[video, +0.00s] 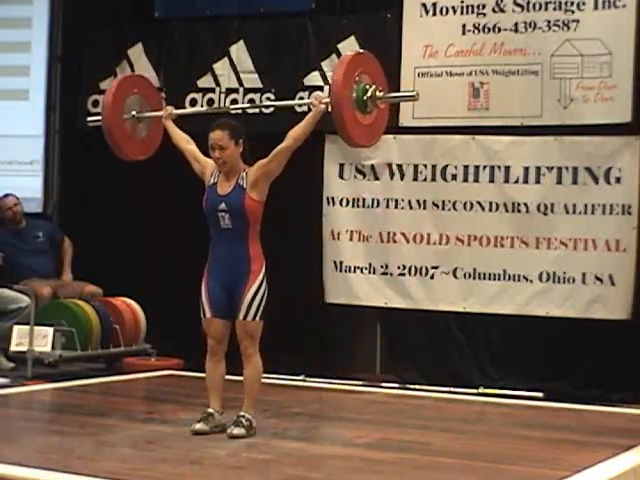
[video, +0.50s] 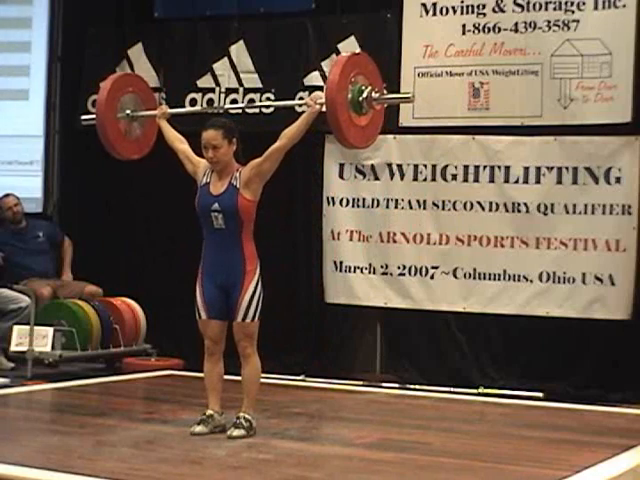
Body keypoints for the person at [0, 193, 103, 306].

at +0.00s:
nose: (14, 211)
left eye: (16, 205)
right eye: (8, 209)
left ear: (21, 205)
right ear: (2, 215)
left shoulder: (41, 225)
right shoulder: (4, 234)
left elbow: (66, 242)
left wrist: (67, 273)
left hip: (54, 279)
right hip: (25, 281)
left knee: (95, 292)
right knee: (45, 293)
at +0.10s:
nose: (14, 211)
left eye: (16, 205)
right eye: (8, 209)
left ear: (21, 206)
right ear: (2, 215)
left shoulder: (41, 225)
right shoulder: (4, 234)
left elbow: (66, 242)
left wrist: (67, 273)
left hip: (54, 279)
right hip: (25, 281)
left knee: (95, 292)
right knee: (45, 293)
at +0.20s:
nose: (14, 210)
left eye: (16, 205)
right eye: (8, 209)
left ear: (21, 206)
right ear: (3, 215)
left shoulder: (41, 226)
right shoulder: (4, 235)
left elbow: (66, 242)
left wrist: (67, 273)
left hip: (54, 279)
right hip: (26, 280)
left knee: (94, 292)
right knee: (45, 293)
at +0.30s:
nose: (14, 210)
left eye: (16, 205)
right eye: (8, 209)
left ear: (21, 206)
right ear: (3, 215)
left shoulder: (41, 226)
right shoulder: (4, 235)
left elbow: (66, 242)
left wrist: (67, 273)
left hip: (54, 279)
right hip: (26, 280)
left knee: (94, 292)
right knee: (45, 293)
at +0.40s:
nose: (14, 210)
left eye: (16, 205)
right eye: (8, 209)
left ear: (21, 206)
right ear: (2, 215)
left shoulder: (41, 226)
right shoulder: (4, 235)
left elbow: (66, 242)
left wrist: (67, 273)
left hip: (54, 279)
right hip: (26, 280)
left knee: (94, 292)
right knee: (45, 293)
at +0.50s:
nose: (15, 211)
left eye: (16, 205)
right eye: (9, 209)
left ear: (22, 206)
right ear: (3, 215)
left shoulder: (41, 226)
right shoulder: (4, 235)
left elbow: (66, 242)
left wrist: (67, 273)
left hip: (54, 279)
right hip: (26, 280)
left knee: (94, 292)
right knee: (45, 293)